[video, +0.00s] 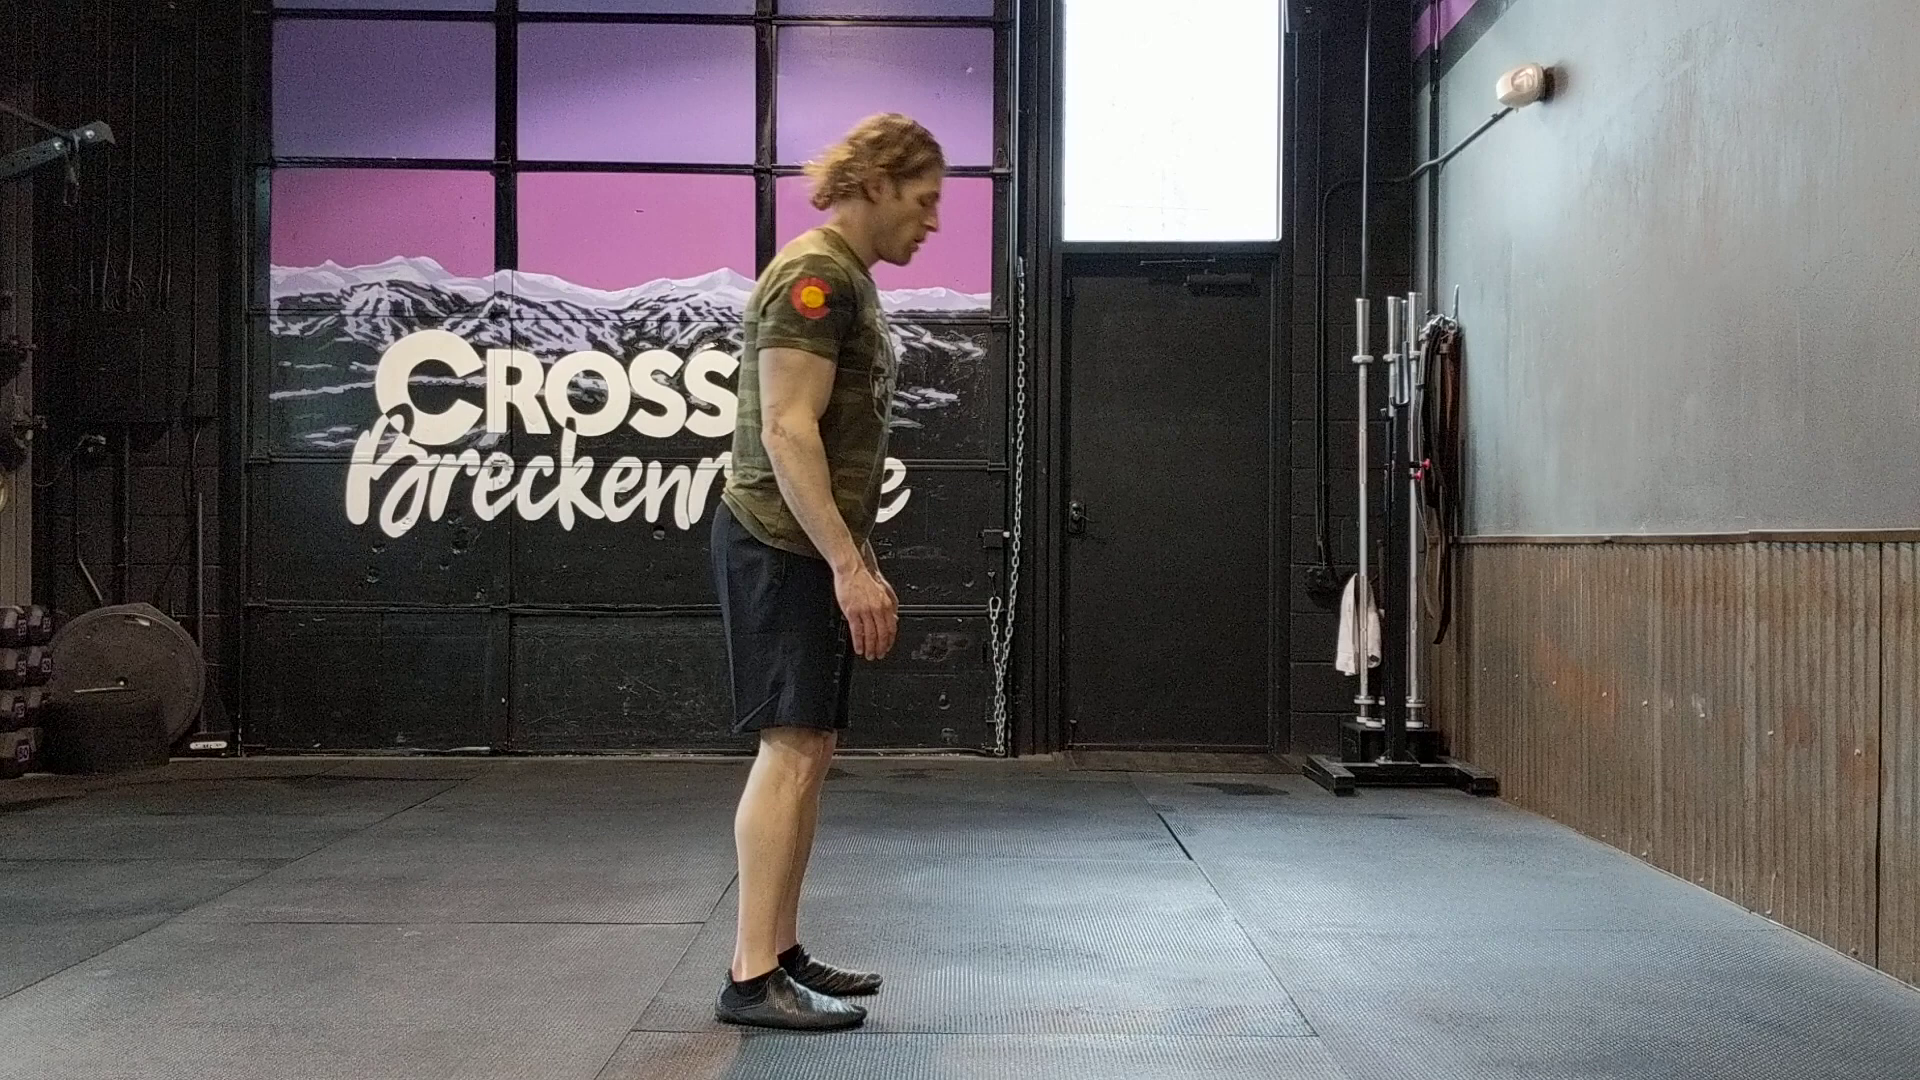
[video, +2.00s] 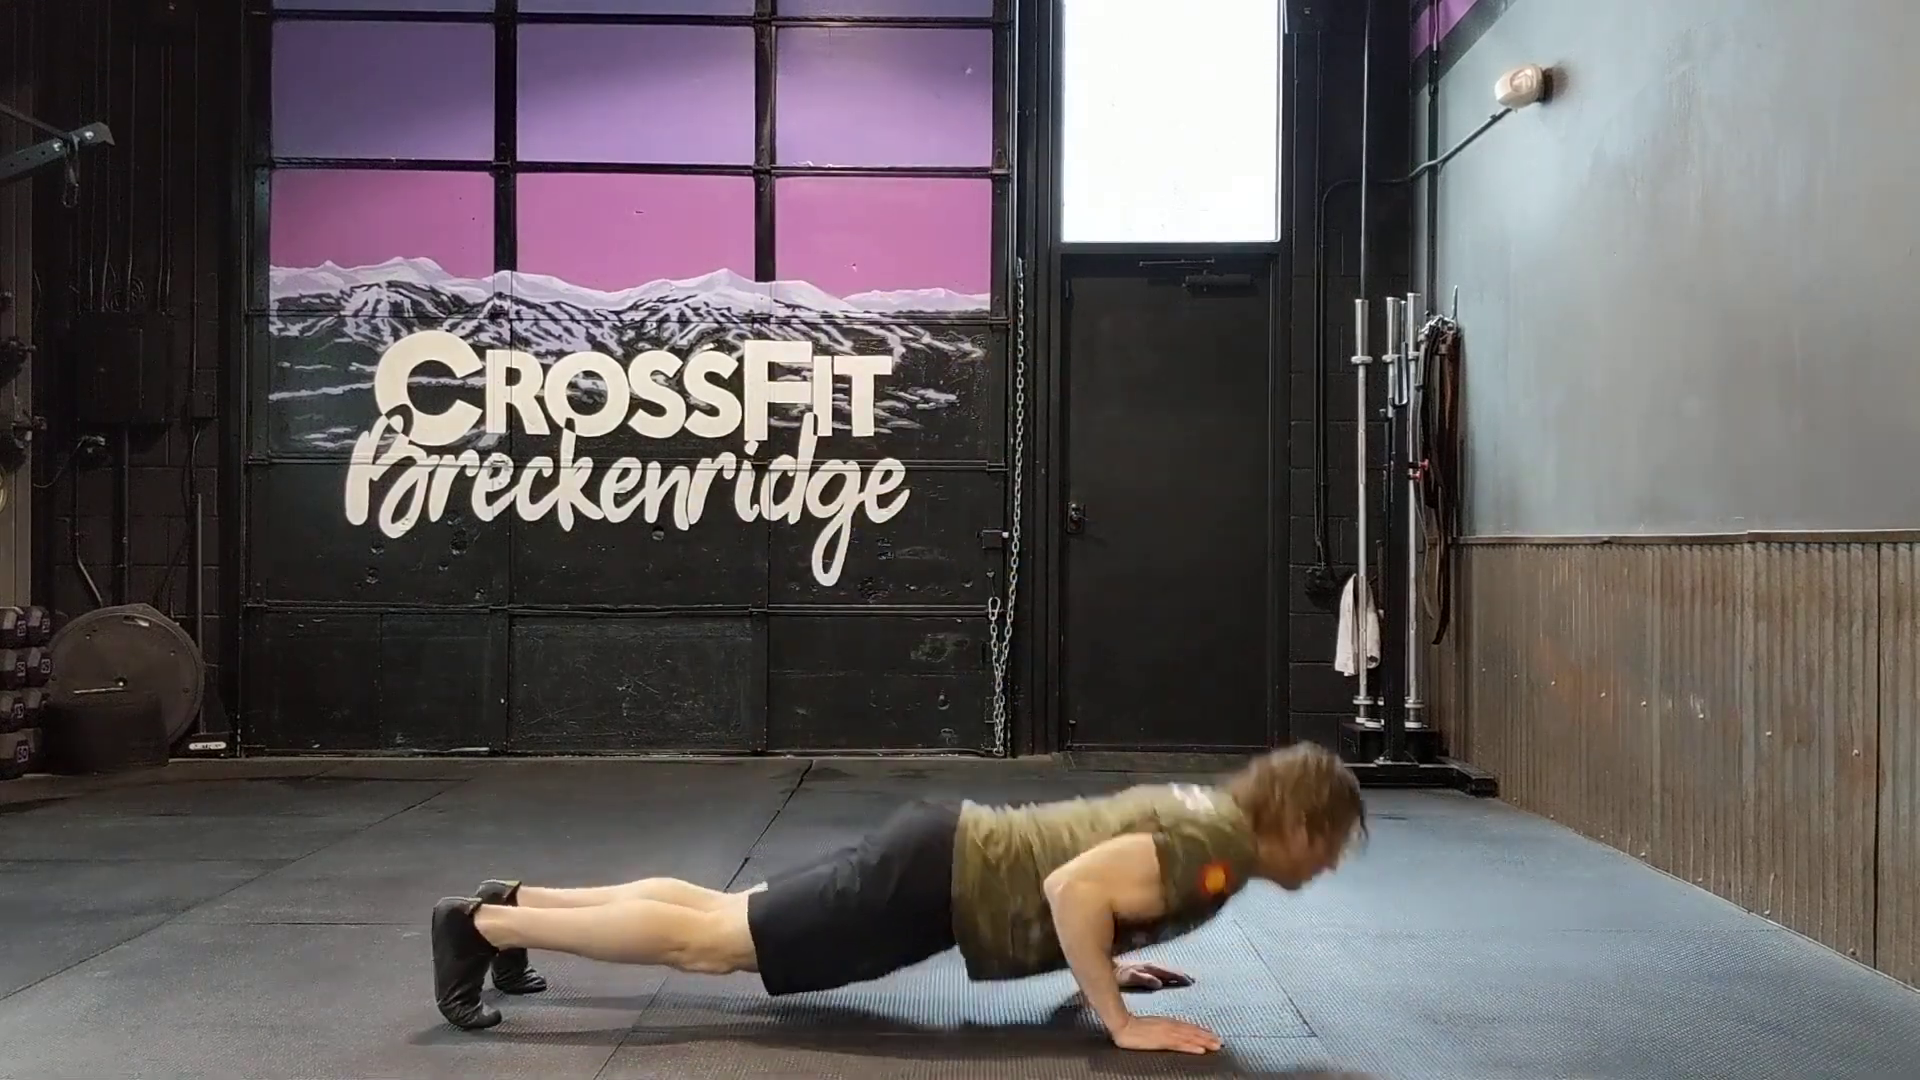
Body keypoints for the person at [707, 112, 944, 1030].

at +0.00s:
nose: (934, 220)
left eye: (937, 203)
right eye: (924, 200)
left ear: (878, 196)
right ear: (874, 190)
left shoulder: (839, 275)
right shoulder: (817, 277)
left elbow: (813, 431)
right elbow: (787, 432)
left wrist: (847, 559)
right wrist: (849, 564)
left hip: (807, 545)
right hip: (781, 544)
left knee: (811, 747)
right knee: (793, 749)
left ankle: (778, 952)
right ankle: (751, 975)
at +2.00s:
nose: (1331, 860)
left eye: (1336, 849)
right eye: (1331, 846)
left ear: (1279, 810)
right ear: (1295, 831)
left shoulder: (1213, 823)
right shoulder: (1204, 856)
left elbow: (1095, 863)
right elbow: (1079, 887)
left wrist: (1129, 946)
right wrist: (1122, 1021)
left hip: (949, 850)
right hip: (945, 879)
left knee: (724, 913)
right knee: (714, 940)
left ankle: (518, 907)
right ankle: (487, 931)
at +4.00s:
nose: (1138, 260)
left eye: (1144, 243)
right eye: (1138, 238)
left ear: (1092, 218)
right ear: (1093, 216)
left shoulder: (1031, 295)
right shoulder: (1007, 291)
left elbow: (956, 439)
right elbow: (927, 436)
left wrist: (982, 573)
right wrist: (971, 576)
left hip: (957, 552)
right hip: (934, 551)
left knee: (960, 754)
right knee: (957, 756)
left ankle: (931, 956)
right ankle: (911, 989)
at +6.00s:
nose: (1295, 740)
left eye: (1304, 727)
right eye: (1300, 721)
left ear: (1259, 677)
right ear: (1268, 686)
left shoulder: (1177, 697)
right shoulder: (1171, 701)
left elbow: (1127, 850)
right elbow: (1128, 863)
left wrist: (1132, 965)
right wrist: (1143, 1014)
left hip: (930, 777)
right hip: (930, 794)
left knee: (741, 889)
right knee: (731, 908)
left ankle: (527, 911)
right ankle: (497, 929)